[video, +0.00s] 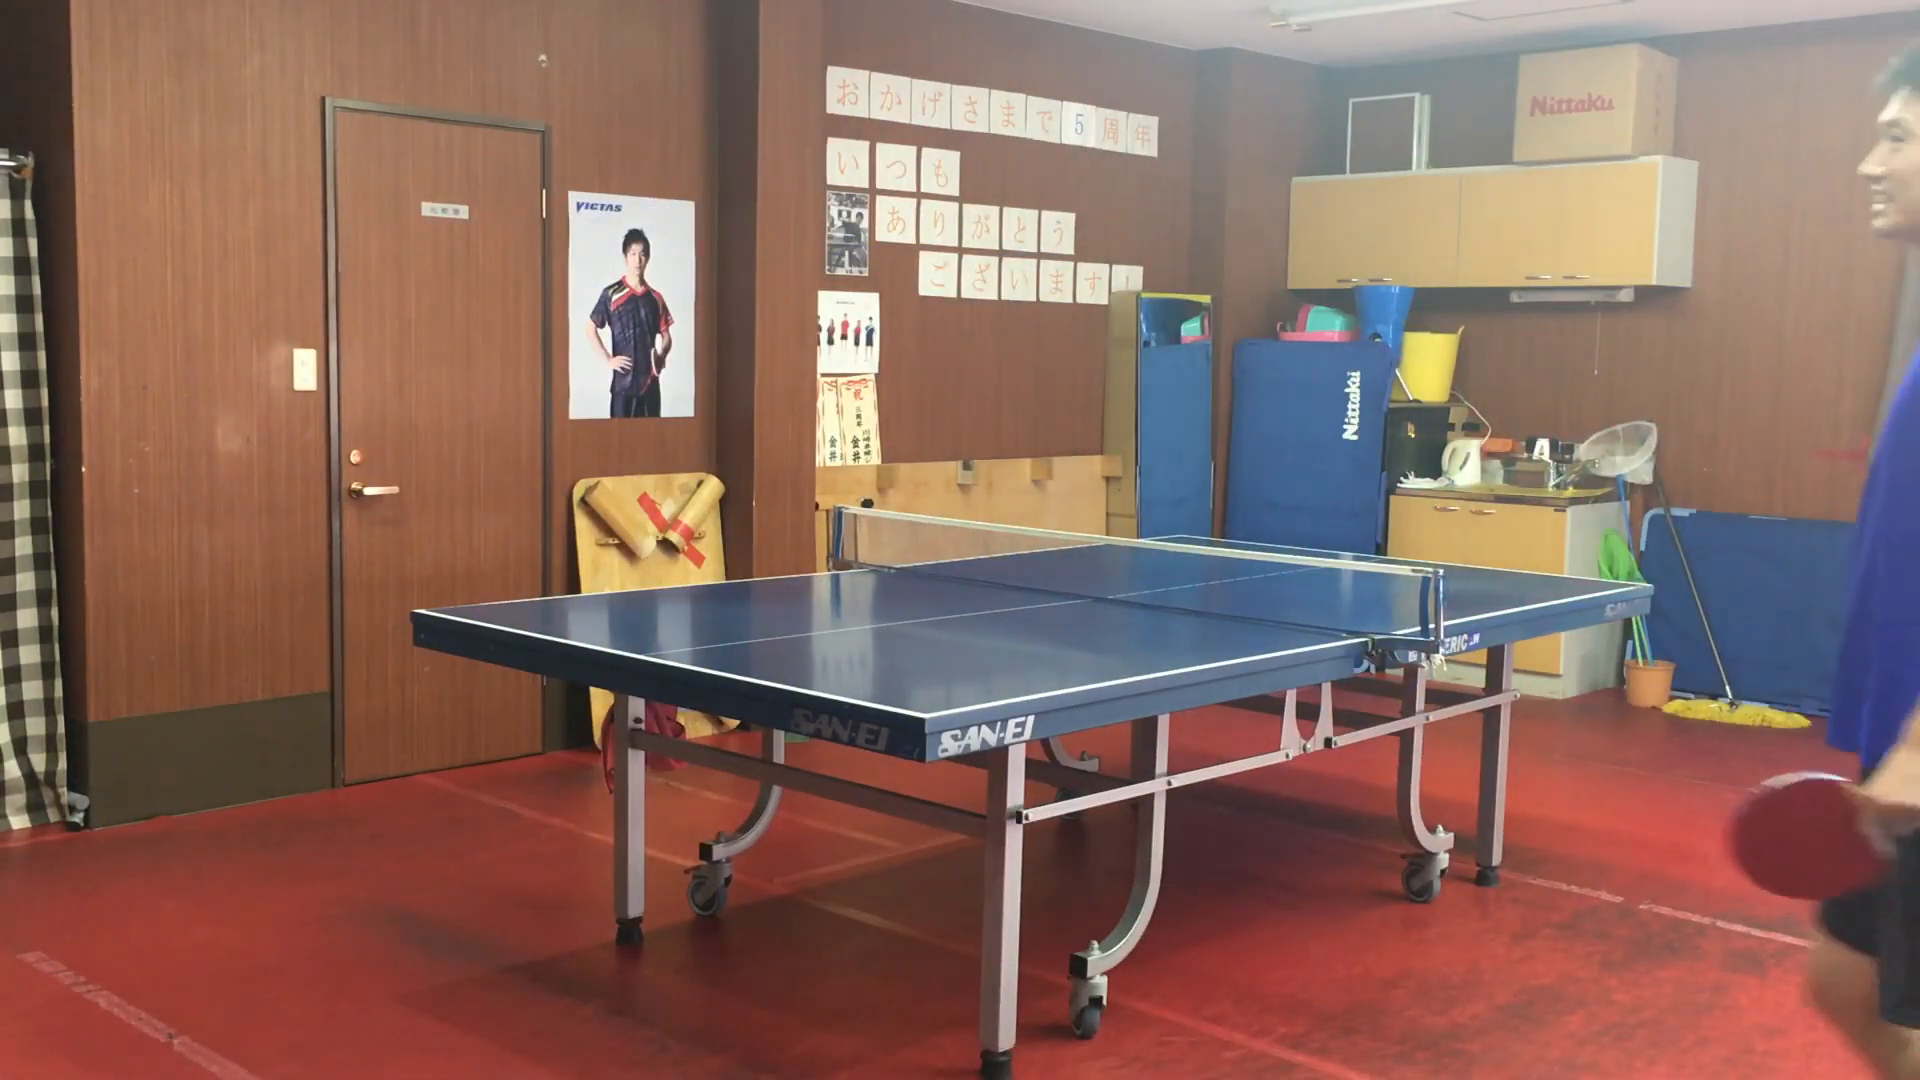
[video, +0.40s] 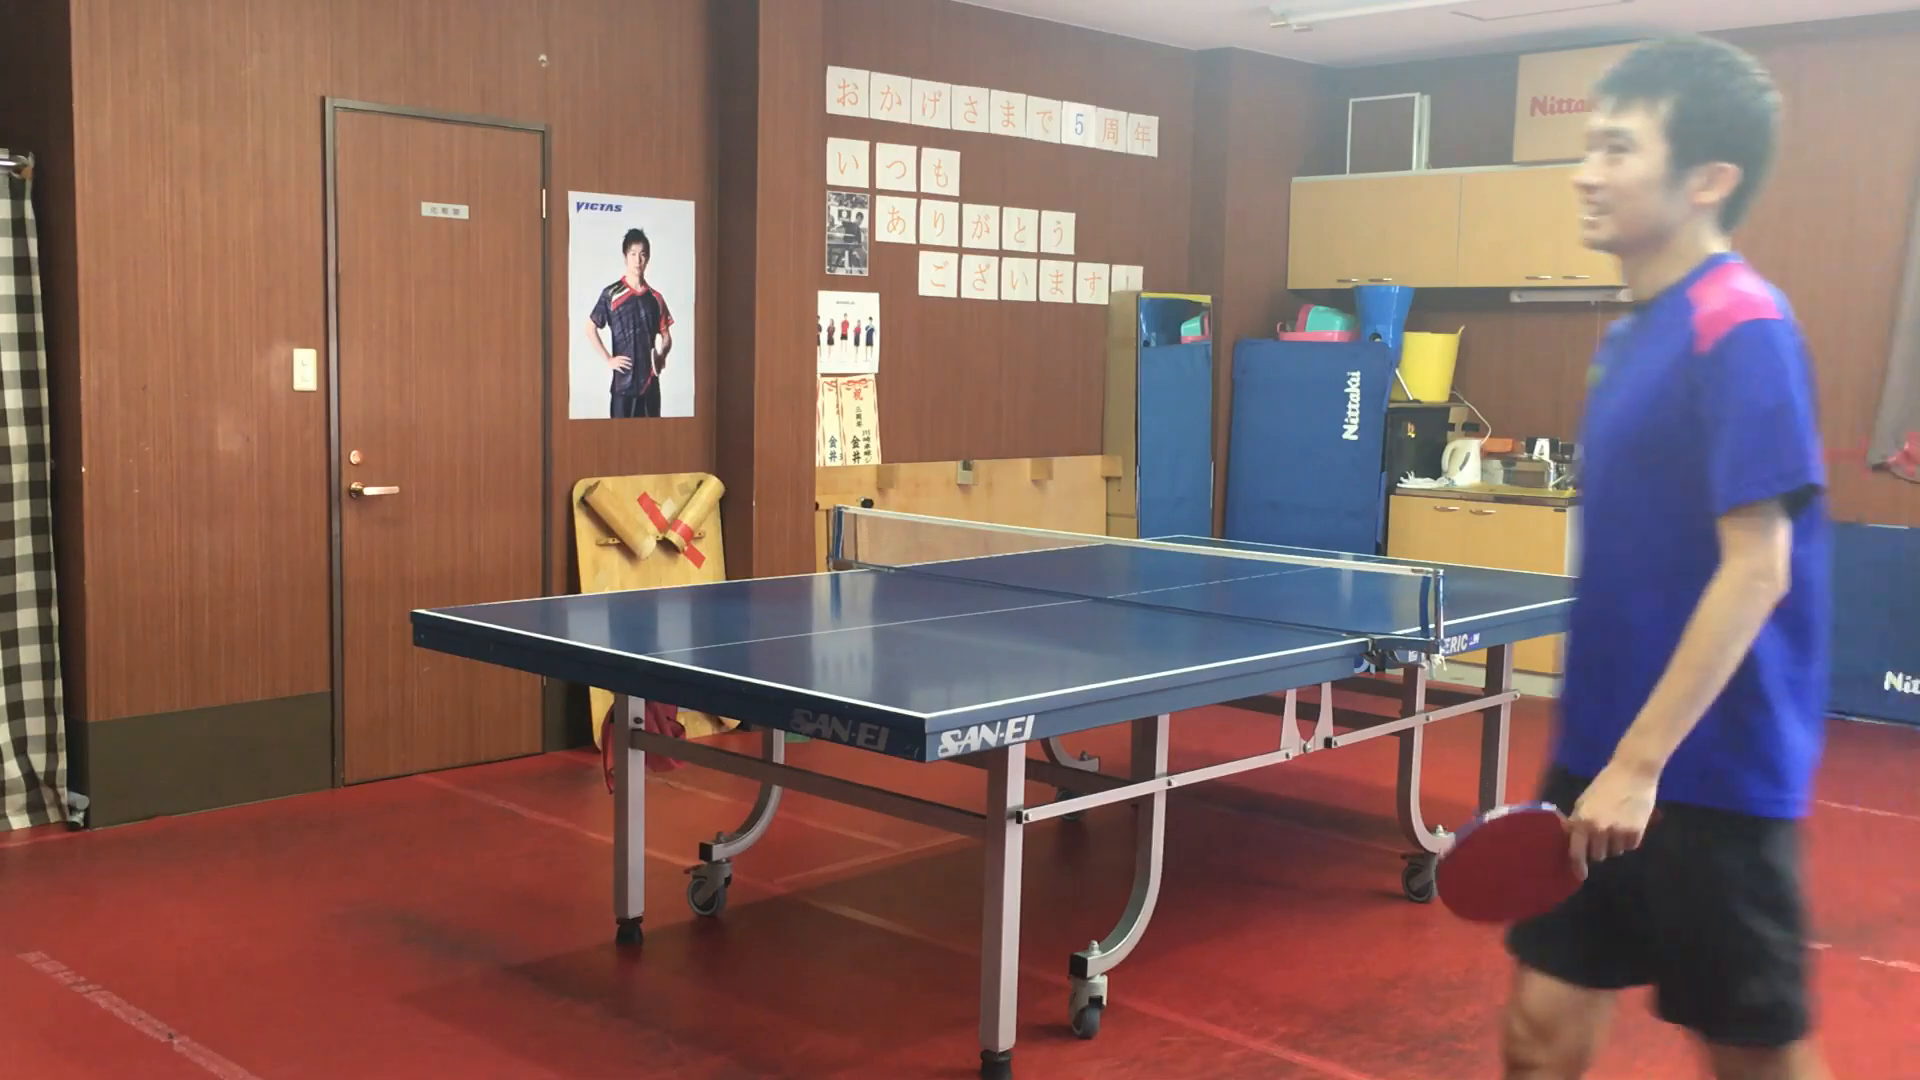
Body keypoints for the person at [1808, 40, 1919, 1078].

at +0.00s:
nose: (1871, 162)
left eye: (1897, 134)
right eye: (1880, 134)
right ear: (1888, 150)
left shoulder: (1912, 367)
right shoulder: (1907, 362)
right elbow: (1895, 555)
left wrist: (1910, 751)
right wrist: (1872, 739)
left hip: (1909, 759)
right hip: (1892, 745)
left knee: (1898, 1033)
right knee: (1842, 981)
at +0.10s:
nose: (1810, 167)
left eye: (1841, 140)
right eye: (1817, 140)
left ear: (1917, 162)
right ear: (1890, 164)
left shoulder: (1912, 328)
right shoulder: (1891, 320)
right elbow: (1885, 553)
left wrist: (1831, 739)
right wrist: (1815, 748)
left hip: (1905, 788)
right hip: (1851, 773)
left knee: (1914, 1047)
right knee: (1731, 987)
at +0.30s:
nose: (1665, 174)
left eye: (1698, 149)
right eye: (1670, 147)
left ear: (1790, 185)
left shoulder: (1821, 325)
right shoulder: (1728, 329)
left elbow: (1820, 571)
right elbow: (1734, 558)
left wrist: (1673, 751)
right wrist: (1671, 759)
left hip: (1824, 797)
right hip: (1710, 784)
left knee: (1875, 1060)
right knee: (1604, 1035)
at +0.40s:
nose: (1585, 173)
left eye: (1618, 148)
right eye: (1589, 148)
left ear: (1709, 182)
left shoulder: (1740, 323)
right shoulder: (1632, 334)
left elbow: (1757, 568)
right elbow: (1629, 566)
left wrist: (1636, 764)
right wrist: (1581, 761)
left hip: (1720, 787)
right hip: (1603, 770)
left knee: (1762, 1059)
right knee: (1540, 1040)